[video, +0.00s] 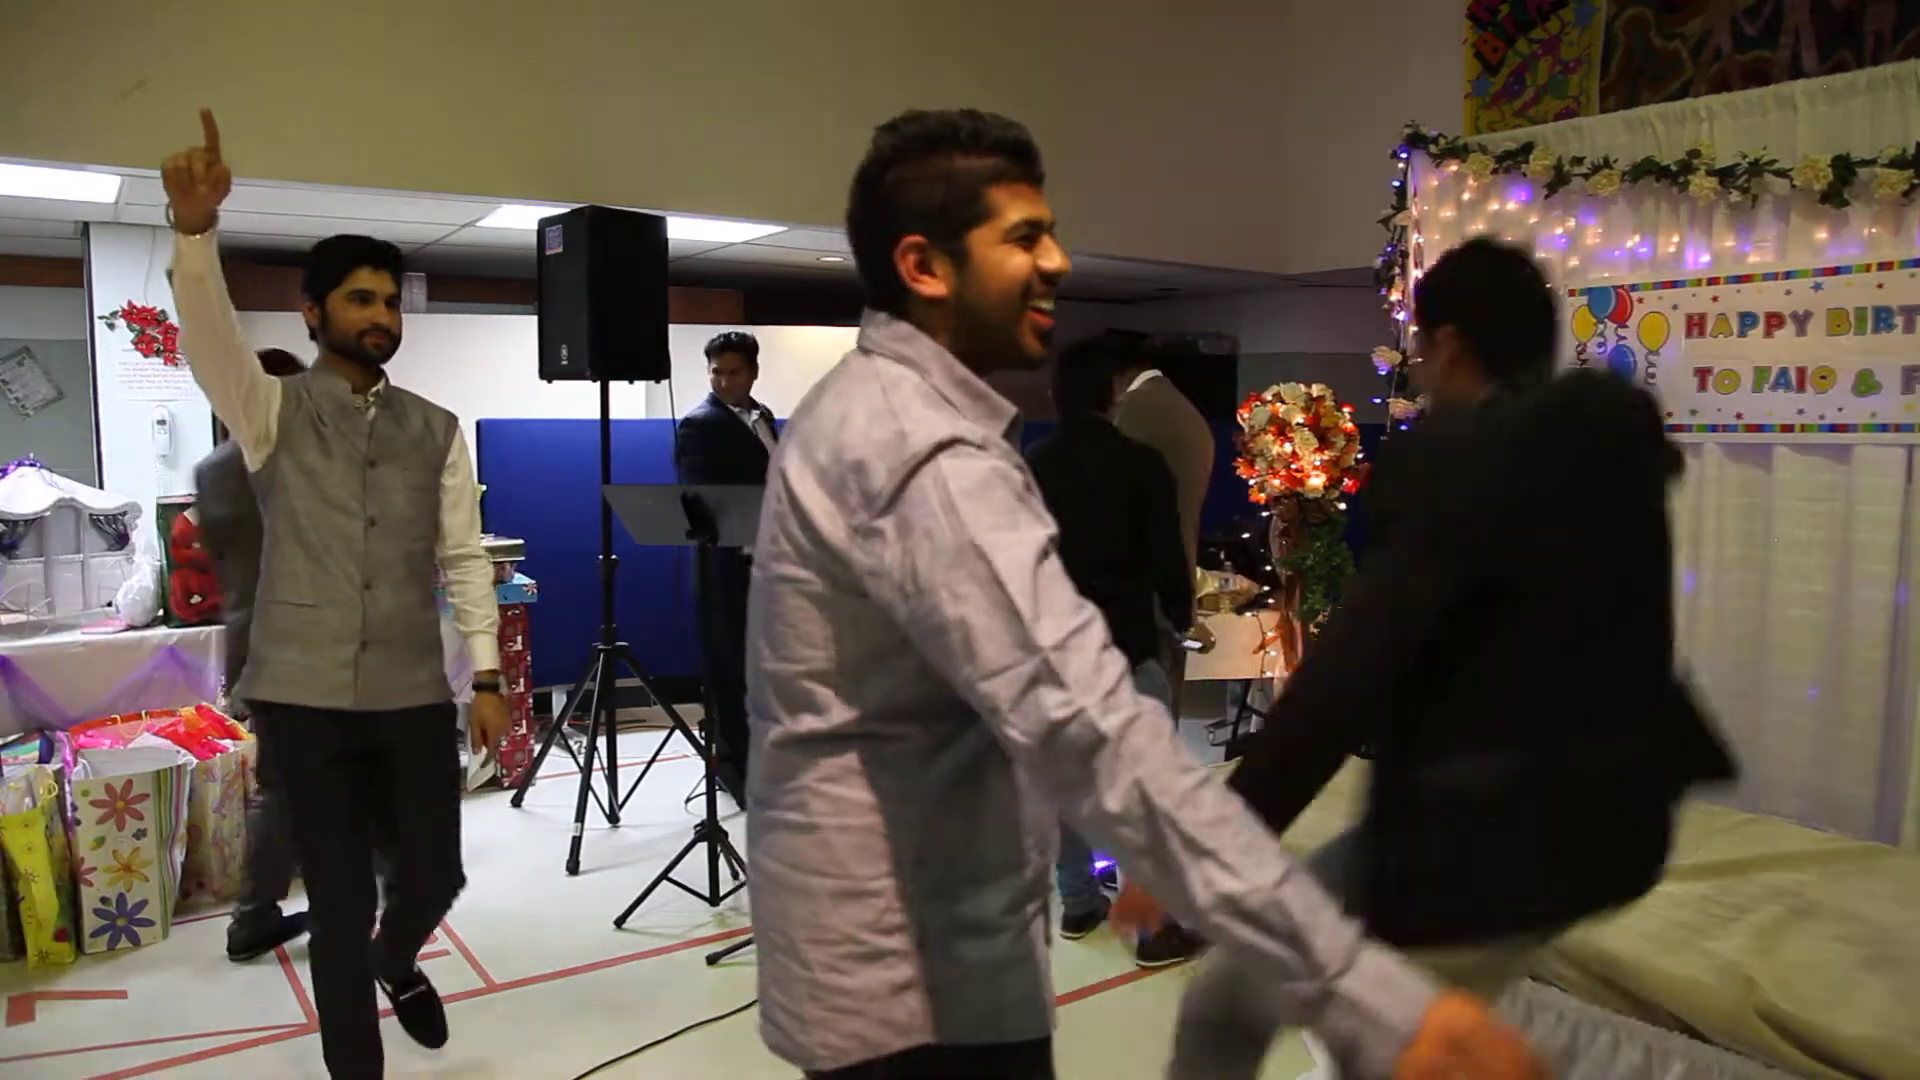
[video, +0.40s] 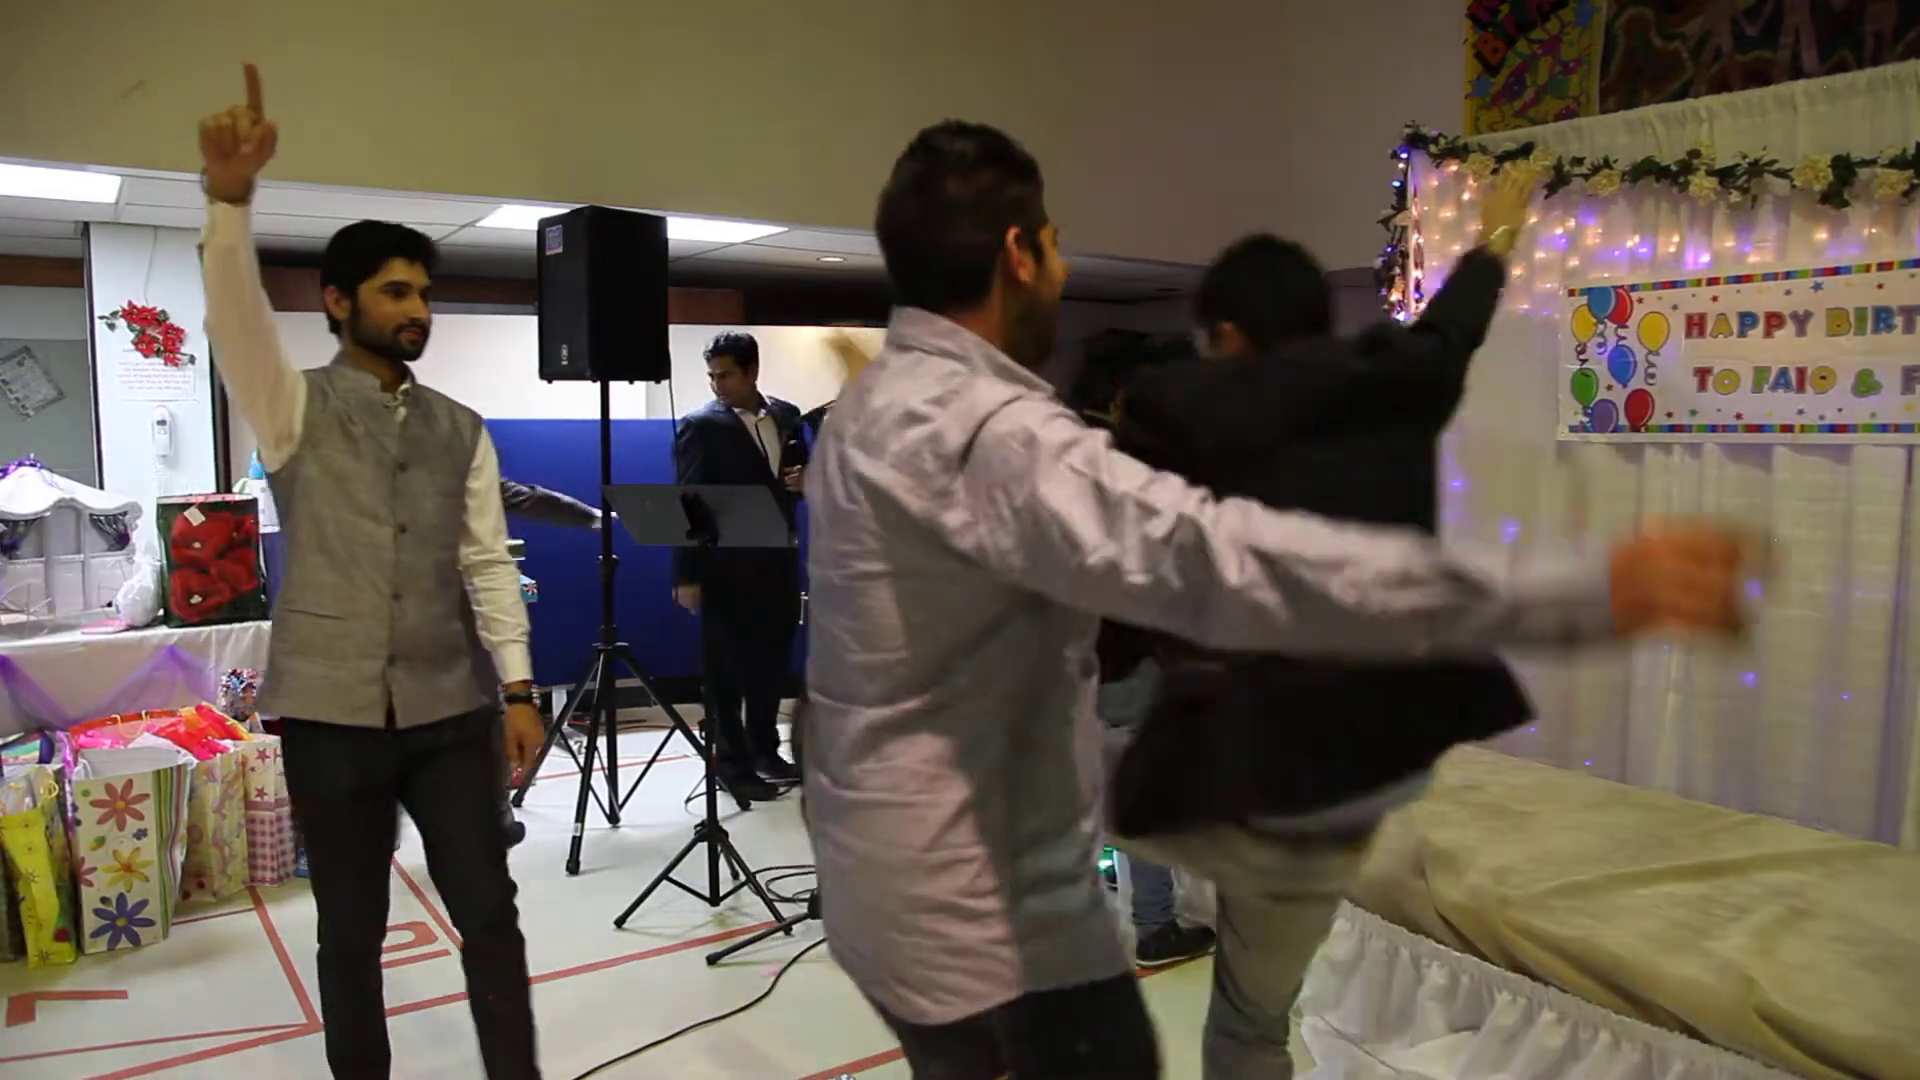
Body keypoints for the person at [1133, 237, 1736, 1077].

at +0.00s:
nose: (1413, 368)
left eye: (1419, 344)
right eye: (1416, 344)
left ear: (1451, 347)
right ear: (1540, 339)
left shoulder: (1448, 465)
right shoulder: (1613, 437)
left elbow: (1339, 688)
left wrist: (1199, 858)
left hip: (1466, 844)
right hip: (1608, 826)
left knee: (1226, 1001)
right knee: (1378, 1021)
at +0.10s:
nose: (1365, 388)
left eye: (1368, 366)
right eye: (1366, 367)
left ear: (1398, 368)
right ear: (1500, 356)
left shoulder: (1366, 502)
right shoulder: (1573, 456)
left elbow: (1292, 698)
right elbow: (1648, 481)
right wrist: (1539, 406)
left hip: (1420, 835)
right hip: (1582, 817)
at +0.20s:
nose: (1318, 364)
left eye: (1317, 343)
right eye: (1314, 345)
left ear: (1349, 333)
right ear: (1436, 318)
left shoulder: (1317, 462)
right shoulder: (1514, 416)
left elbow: (1218, 595)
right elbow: (1587, 393)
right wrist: (1524, 299)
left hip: (1365, 778)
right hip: (1528, 763)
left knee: (1324, 1024)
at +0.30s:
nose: (1258, 342)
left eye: (1261, 322)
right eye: (1257, 323)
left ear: (1291, 324)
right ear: (1382, 302)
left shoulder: (1234, 408)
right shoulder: (1452, 376)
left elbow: (1140, 515)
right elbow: (1526, 327)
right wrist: (1520, 240)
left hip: (1242, 775)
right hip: (1388, 780)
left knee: (1069, 774)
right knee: (1263, 1030)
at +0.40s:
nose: (1206, 352)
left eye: (1208, 337)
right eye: (1210, 337)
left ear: (1227, 338)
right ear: (1323, 319)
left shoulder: (1177, 409)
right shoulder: (1394, 389)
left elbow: (1124, 603)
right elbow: (1452, 326)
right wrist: (1491, 256)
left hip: (1221, 753)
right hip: (1363, 755)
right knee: (1252, 1032)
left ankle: (1159, 919)